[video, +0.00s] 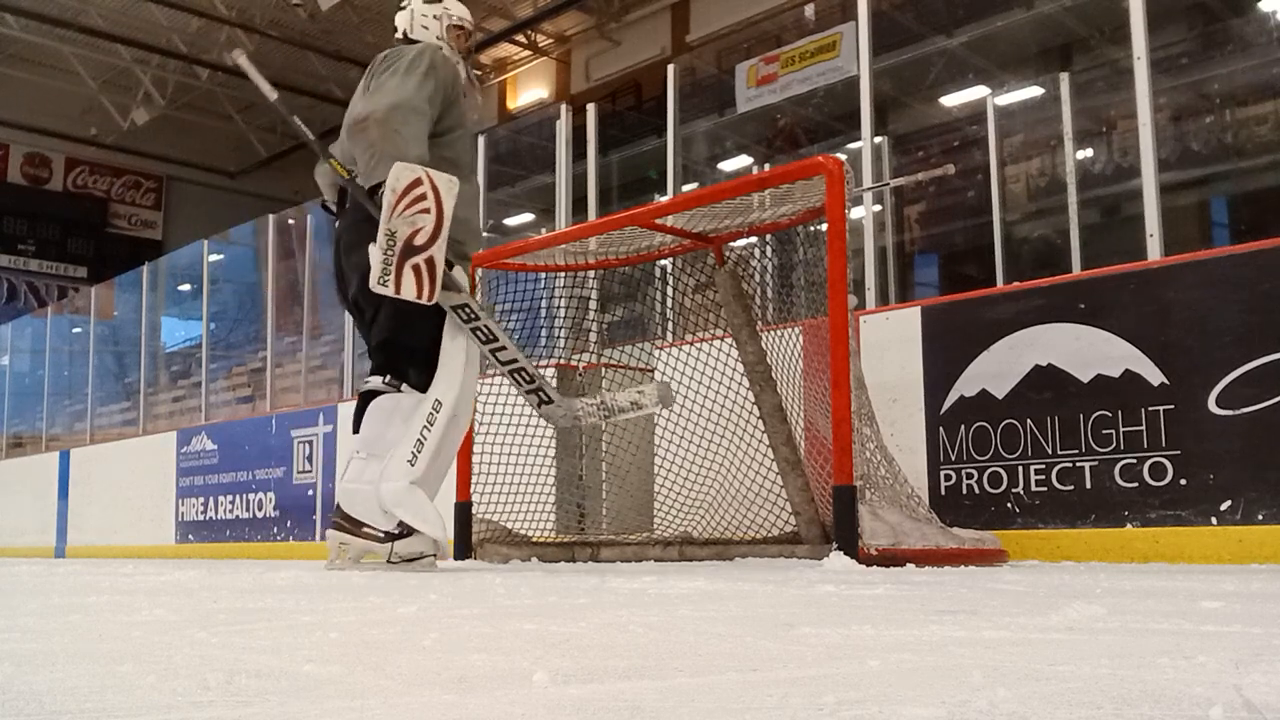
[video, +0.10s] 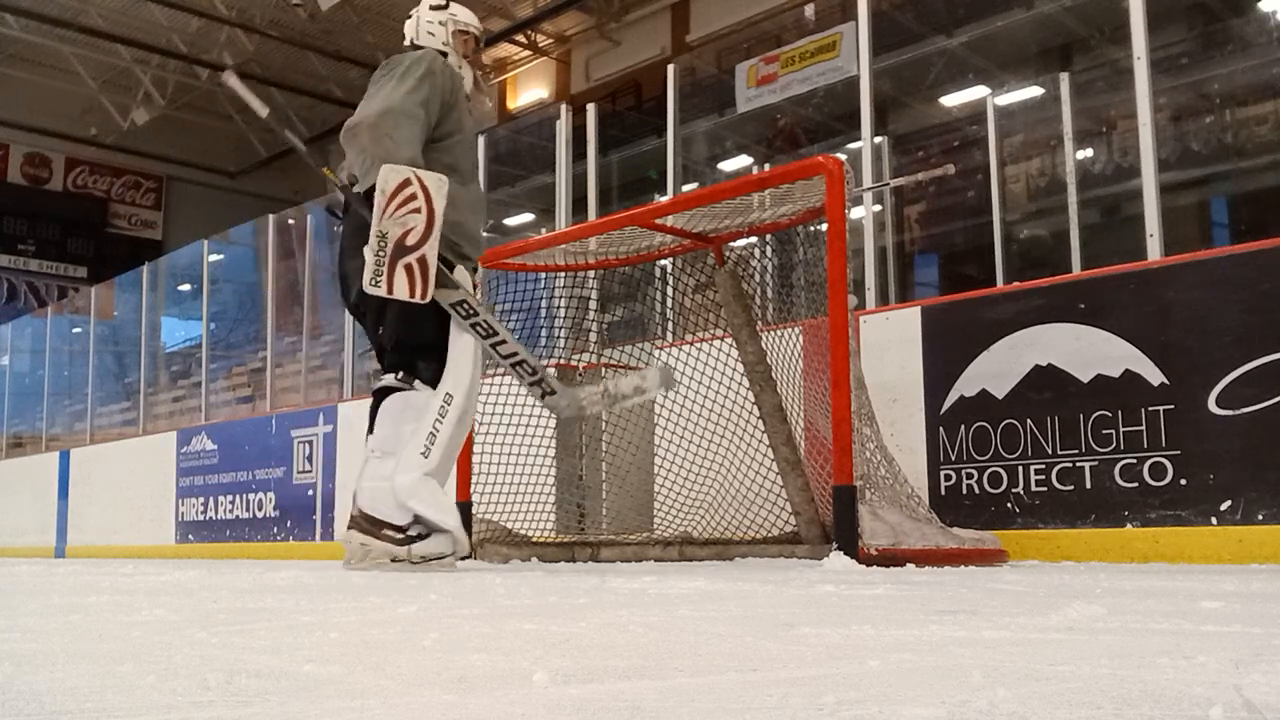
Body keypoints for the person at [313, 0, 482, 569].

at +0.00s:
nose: (463, 38)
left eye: (465, 31)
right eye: (455, 27)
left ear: (417, 26)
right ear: (427, 22)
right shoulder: (423, 56)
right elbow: (383, 126)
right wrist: (416, 234)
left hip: (377, 236)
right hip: (395, 230)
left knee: (395, 374)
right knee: (423, 373)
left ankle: (368, 510)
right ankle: (371, 504)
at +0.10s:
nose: (474, 50)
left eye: (476, 42)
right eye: (468, 38)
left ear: (440, 34)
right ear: (442, 32)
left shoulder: (446, 88)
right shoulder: (425, 64)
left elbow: (440, 188)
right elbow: (380, 130)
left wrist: (460, 264)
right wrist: (405, 231)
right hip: (404, 249)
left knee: (407, 381)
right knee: (436, 379)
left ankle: (379, 519)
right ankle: (390, 514)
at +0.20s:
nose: (482, 55)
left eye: (483, 47)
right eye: (475, 44)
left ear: (450, 42)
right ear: (449, 39)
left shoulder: (452, 97)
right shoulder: (428, 70)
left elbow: (444, 193)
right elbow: (375, 133)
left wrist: (469, 263)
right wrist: (403, 235)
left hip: (416, 265)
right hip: (420, 261)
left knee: (419, 387)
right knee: (454, 385)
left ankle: (377, 512)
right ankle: (420, 514)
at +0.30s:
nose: (494, 55)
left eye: (495, 48)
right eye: (486, 45)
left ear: (475, 50)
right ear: (457, 42)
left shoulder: (466, 107)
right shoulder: (433, 76)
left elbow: (454, 197)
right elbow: (376, 135)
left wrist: (483, 263)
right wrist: (388, 233)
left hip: (439, 263)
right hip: (429, 260)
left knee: (420, 390)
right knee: (458, 384)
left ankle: (383, 513)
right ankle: (438, 512)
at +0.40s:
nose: (501, 55)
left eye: (505, 48)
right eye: (492, 44)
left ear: (502, 55)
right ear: (462, 43)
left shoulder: (476, 108)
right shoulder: (442, 79)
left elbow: (461, 194)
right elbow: (385, 144)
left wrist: (491, 255)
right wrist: (382, 241)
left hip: (449, 259)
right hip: (439, 255)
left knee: (430, 389)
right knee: (469, 382)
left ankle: (395, 513)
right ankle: (445, 514)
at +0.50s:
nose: (509, 54)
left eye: (514, 49)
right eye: (500, 43)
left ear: (514, 57)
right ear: (471, 43)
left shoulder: (487, 111)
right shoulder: (453, 80)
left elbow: (468, 197)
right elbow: (398, 137)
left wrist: (501, 257)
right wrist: (386, 225)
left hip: (449, 261)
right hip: (445, 254)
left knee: (441, 389)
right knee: (483, 379)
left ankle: (411, 513)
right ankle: (450, 511)